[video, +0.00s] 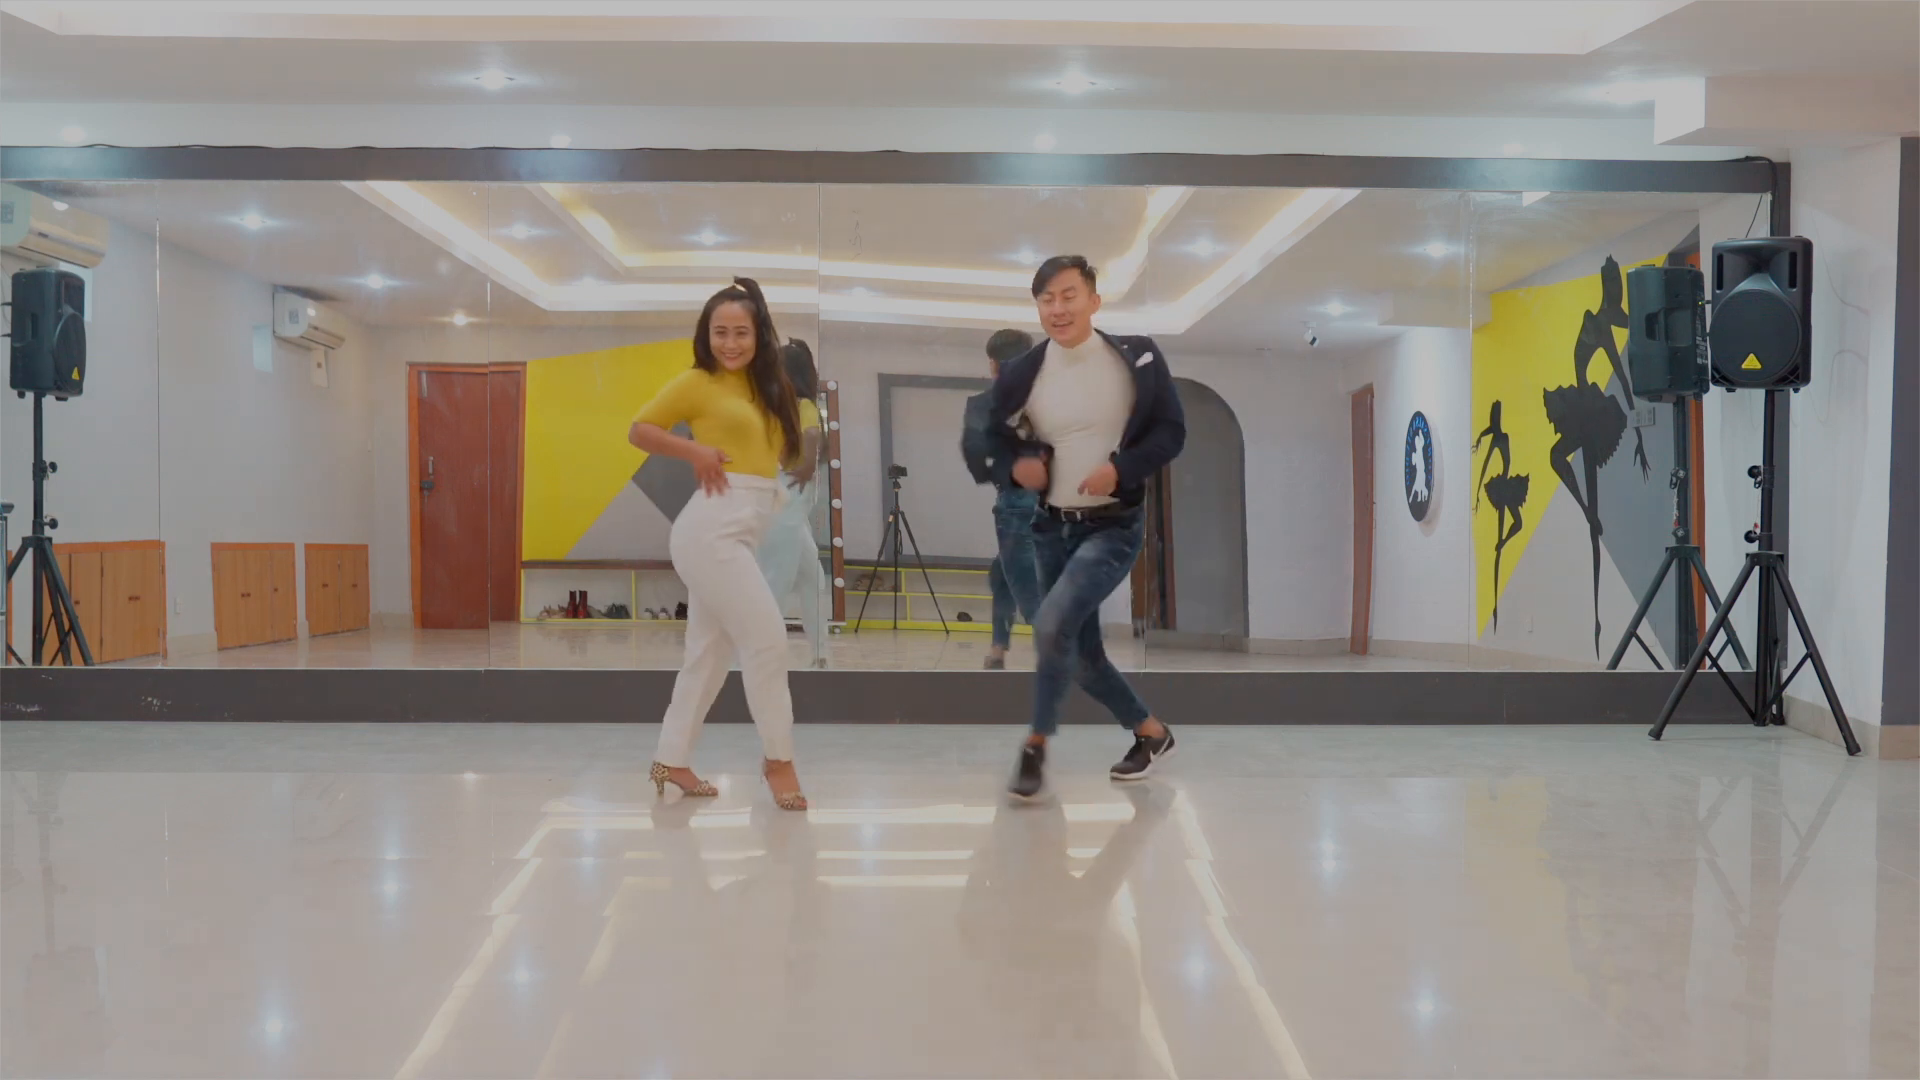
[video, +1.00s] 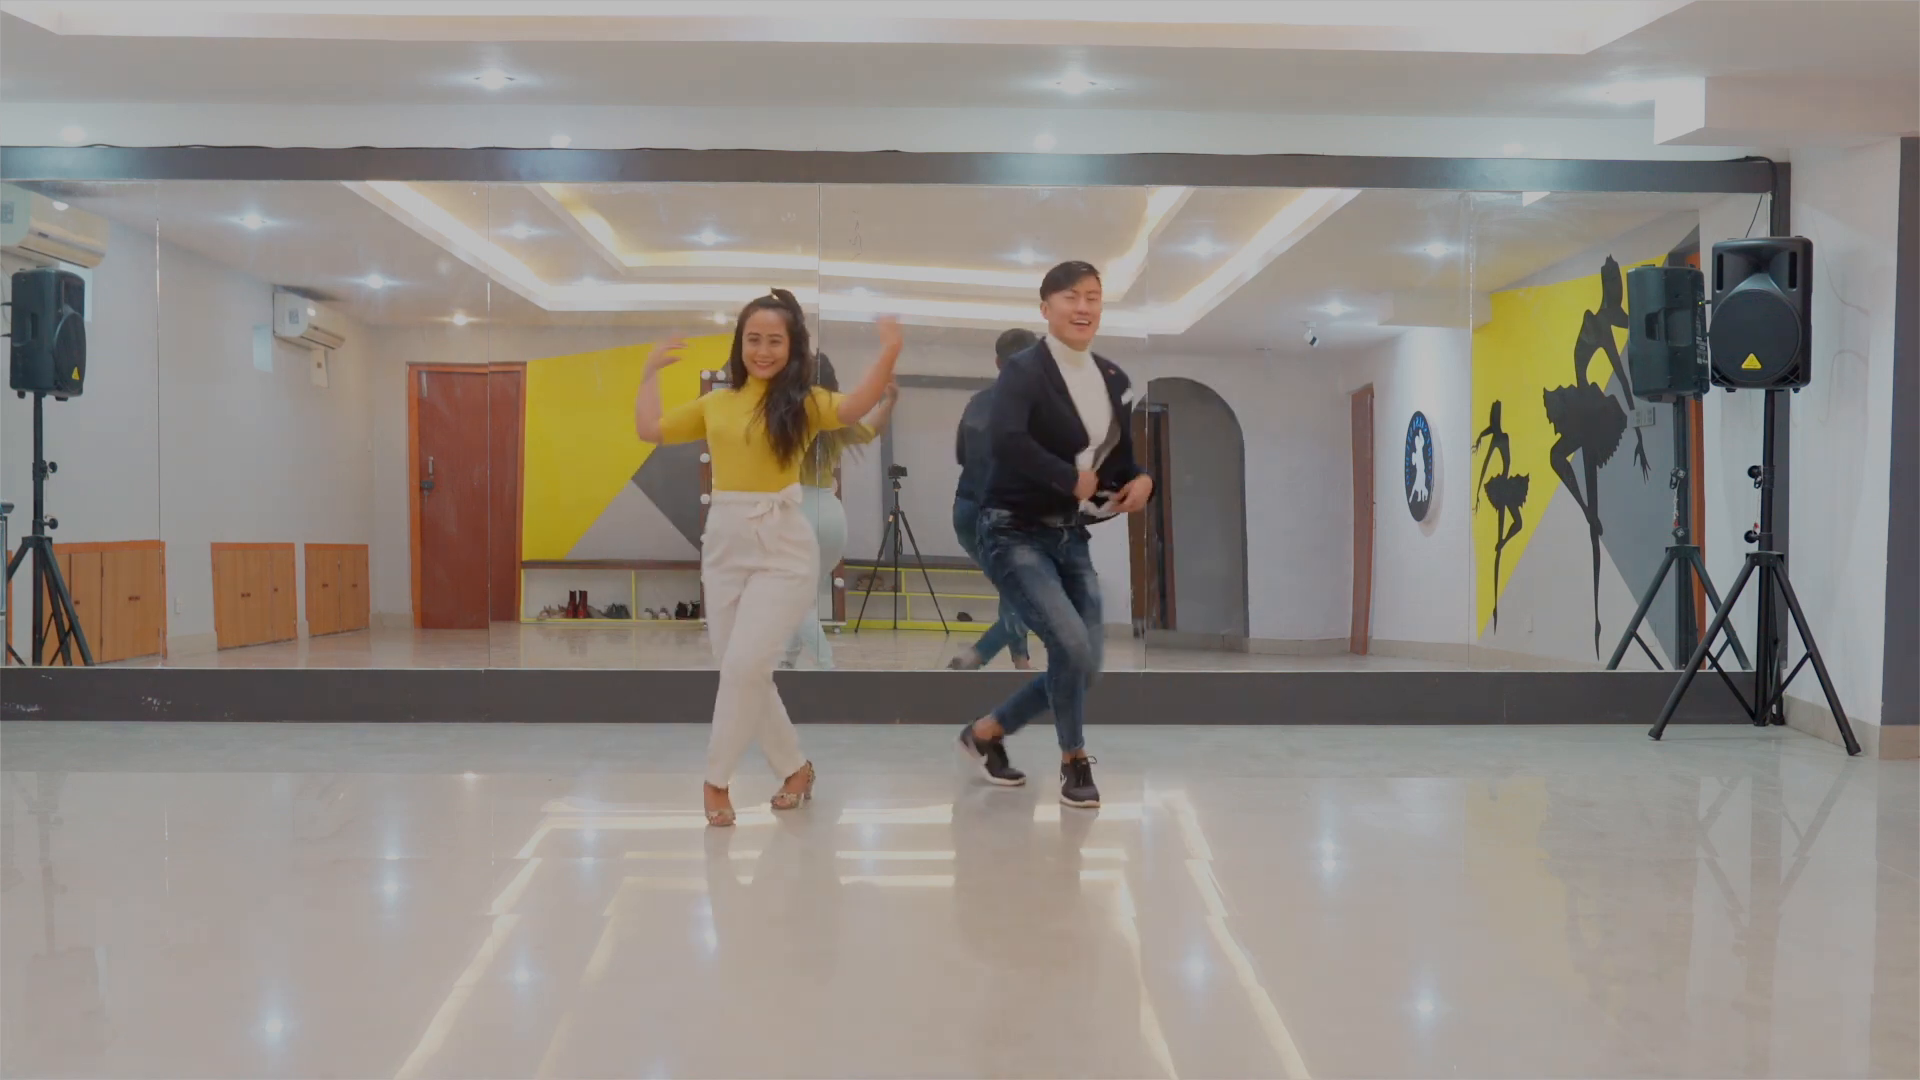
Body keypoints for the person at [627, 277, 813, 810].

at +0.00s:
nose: (730, 341)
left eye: (742, 331)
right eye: (720, 331)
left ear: (759, 336)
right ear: (707, 336)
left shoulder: (765, 390)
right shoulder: (697, 383)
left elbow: (782, 451)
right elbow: (641, 430)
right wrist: (695, 451)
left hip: (743, 532)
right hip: (708, 529)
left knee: (707, 652)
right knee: (766, 637)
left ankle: (671, 760)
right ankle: (780, 762)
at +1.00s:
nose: (763, 348)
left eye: (775, 339)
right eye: (753, 338)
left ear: (793, 347)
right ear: (740, 344)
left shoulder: (805, 401)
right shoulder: (717, 404)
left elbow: (854, 407)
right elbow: (651, 428)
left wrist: (888, 354)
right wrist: (650, 369)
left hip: (785, 544)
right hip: (723, 544)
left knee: (746, 663)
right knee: (739, 667)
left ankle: (715, 781)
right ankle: (795, 769)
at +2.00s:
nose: (775, 399)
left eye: (788, 405)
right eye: (776, 383)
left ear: (788, 426)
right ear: (751, 374)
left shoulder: (763, 467)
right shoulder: (679, 438)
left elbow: (758, 543)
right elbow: (634, 514)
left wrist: (761, 614)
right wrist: (656, 588)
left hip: (713, 589)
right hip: (648, 583)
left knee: (762, 688)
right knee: (680, 686)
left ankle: (711, 787)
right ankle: (674, 805)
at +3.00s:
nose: (721, 327)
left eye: (733, 317)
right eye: (711, 317)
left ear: (753, 326)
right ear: (697, 326)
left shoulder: (773, 390)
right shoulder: (678, 379)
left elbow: (804, 453)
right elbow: (619, 416)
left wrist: (842, 417)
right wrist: (640, 351)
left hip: (745, 545)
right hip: (677, 537)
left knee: (735, 673)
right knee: (681, 667)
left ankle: (717, 789)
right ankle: (686, 801)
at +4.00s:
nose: (768, 345)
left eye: (780, 334)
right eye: (758, 333)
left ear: (798, 340)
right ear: (741, 338)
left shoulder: (811, 400)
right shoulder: (724, 394)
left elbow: (826, 481)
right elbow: (706, 467)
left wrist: (850, 483)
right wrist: (742, 452)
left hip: (800, 547)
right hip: (732, 548)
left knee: (793, 670)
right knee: (733, 668)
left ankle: (772, 777)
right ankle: (795, 782)